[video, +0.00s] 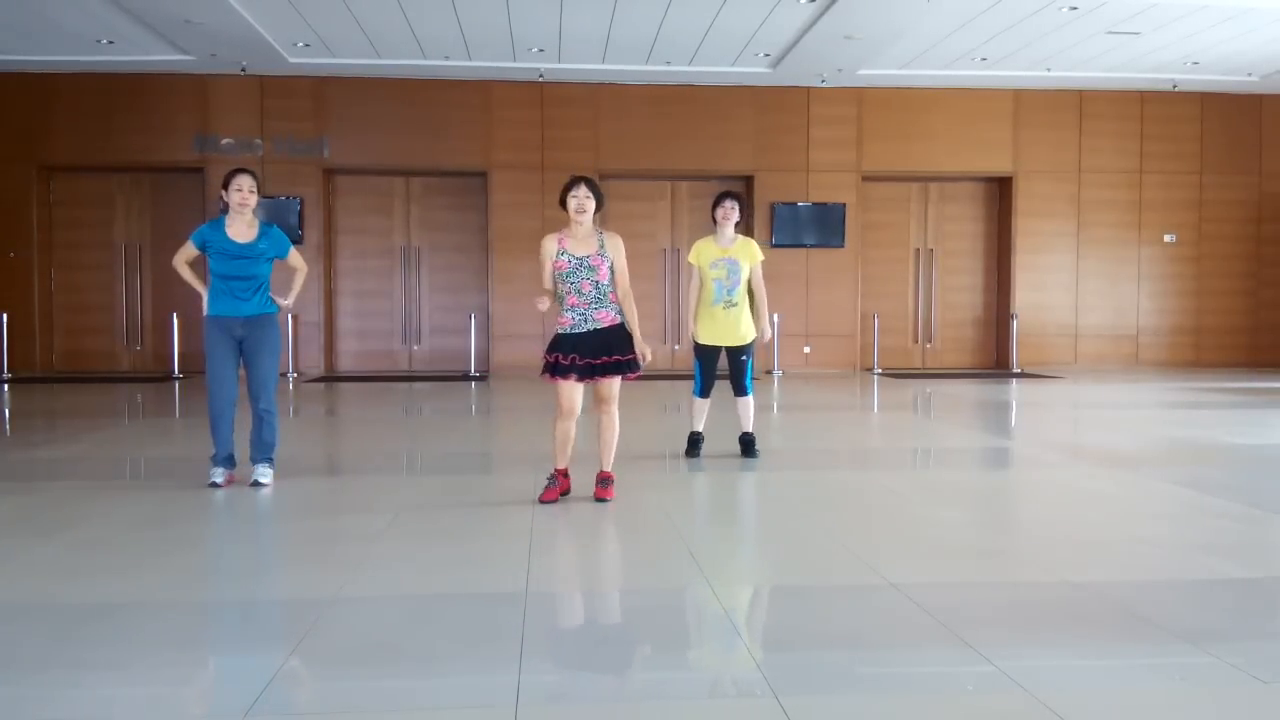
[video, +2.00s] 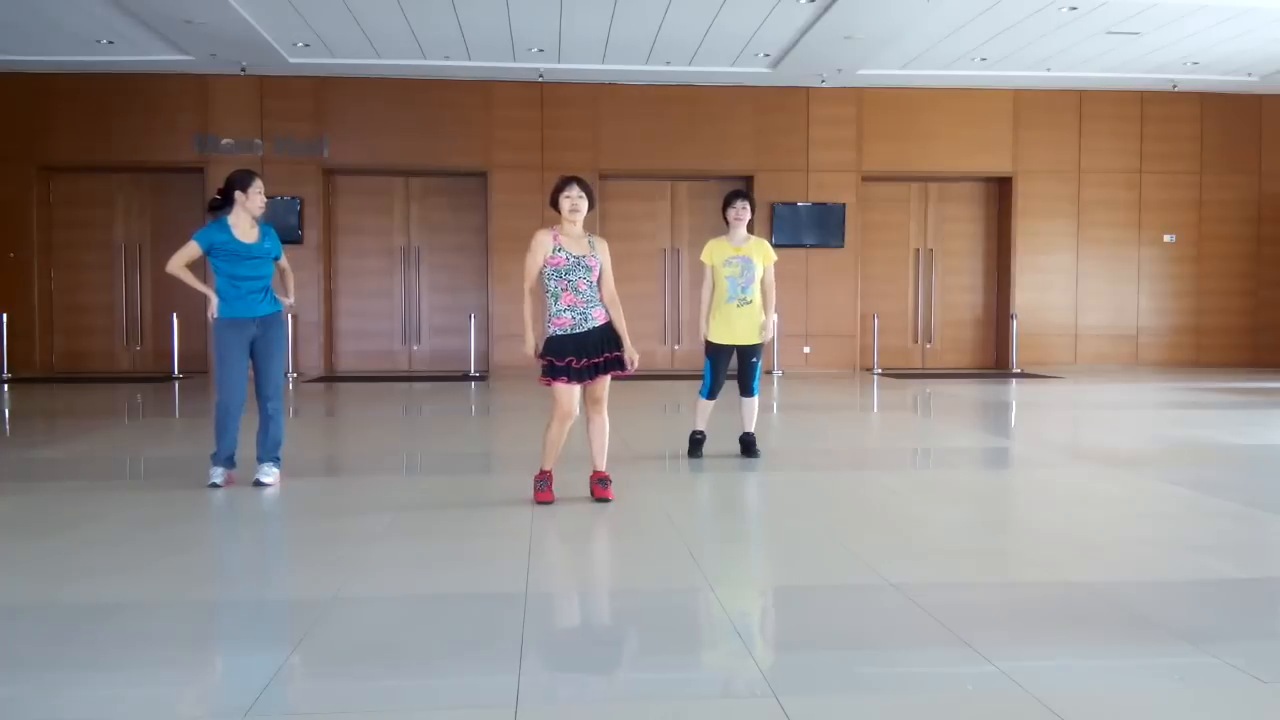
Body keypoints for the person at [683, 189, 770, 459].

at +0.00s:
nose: (727, 211)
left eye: (733, 208)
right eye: (723, 207)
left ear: (739, 215)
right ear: (714, 213)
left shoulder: (749, 246)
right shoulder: (701, 247)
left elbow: (758, 287)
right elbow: (694, 286)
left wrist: (764, 321)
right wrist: (689, 322)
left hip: (740, 328)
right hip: (706, 327)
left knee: (742, 386)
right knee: (702, 386)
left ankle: (747, 437)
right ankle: (696, 436)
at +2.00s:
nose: (739, 212)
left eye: (744, 208)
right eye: (734, 207)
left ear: (751, 213)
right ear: (725, 213)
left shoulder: (762, 247)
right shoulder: (714, 247)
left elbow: (769, 287)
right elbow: (707, 287)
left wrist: (769, 319)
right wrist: (702, 323)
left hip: (752, 328)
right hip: (720, 327)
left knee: (749, 386)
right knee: (711, 385)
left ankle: (748, 437)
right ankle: (697, 435)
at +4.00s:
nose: (721, 220)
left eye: (726, 216)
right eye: (717, 216)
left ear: (737, 220)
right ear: (713, 220)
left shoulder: (749, 252)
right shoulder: (701, 249)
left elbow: (768, 283)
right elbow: (692, 285)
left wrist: (757, 312)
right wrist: (688, 318)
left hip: (737, 329)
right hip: (704, 327)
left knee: (744, 386)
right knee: (700, 385)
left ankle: (753, 436)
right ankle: (692, 434)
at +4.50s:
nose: (737, 224)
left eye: (743, 219)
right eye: (732, 218)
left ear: (747, 224)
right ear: (722, 220)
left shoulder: (753, 254)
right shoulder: (707, 252)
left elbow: (769, 285)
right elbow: (694, 283)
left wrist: (762, 315)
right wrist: (685, 311)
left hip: (744, 330)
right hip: (711, 330)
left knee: (764, 383)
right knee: (703, 385)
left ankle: (786, 436)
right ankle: (693, 434)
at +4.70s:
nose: (760, 222)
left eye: (765, 218)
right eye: (754, 218)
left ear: (771, 223)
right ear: (745, 223)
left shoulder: (781, 256)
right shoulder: (734, 254)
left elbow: (795, 287)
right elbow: (719, 291)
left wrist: (789, 317)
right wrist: (712, 323)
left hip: (772, 331)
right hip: (737, 331)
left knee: (791, 382)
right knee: (721, 384)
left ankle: (805, 438)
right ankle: (697, 433)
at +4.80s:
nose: (770, 220)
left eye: (775, 215)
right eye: (765, 215)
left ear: (781, 220)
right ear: (756, 221)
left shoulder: (793, 253)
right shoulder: (745, 253)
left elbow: (811, 281)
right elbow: (735, 291)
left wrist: (805, 315)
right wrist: (729, 326)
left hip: (787, 329)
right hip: (753, 330)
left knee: (800, 385)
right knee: (735, 386)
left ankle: (806, 438)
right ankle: (714, 433)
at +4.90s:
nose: (779, 217)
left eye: (783, 212)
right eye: (773, 213)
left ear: (790, 217)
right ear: (764, 218)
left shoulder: (802, 250)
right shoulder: (754, 251)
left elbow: (821, 279)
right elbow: (747, 290)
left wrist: (815, 314)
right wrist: (743, 327)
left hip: (797, 329)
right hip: (763, 330)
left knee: (804, 387)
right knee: (751, 387)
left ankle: (807, 438)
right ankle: (740, 436)